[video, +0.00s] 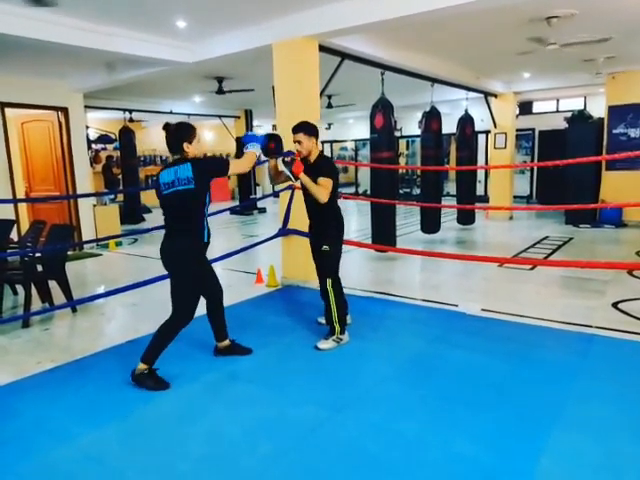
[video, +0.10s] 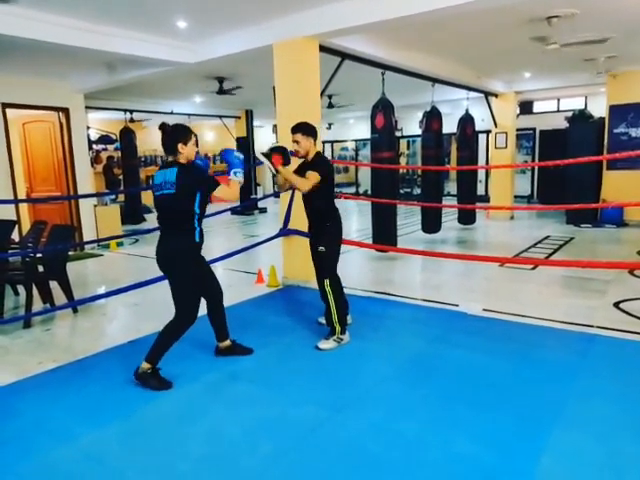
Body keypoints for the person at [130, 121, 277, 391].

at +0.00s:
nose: (199, 146)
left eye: (196, 141)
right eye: (196, 142)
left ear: (172, 146)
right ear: (187, 145)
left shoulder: (161, 176)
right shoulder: (202, 166)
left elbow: (163, 205)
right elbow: (245, 164)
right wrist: (254, 148)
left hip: (172, 248)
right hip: (189, 250)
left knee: (213, 291)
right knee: (183, 315)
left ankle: (223, 343)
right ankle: (143, 368)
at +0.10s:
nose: (196, 149)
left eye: (195, 145)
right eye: (193, 145)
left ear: (173, 148)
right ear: (181, 147)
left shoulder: (160, 175)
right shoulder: (193, 174)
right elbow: (230, 195)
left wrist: (208, 187)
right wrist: (231, 177)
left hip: (168, 250)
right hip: (184, 252)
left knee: (214, 292)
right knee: (187, 315)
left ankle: (225, 343)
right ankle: (147, 367)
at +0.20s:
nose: (194, 149)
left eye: (194, 145)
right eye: (191, 145)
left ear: (174, 148)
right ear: (179, 147)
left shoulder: (167, 173)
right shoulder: (179, 178)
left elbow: (194, 207)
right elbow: (208, 212)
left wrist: (204, 202)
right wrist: (214, 192)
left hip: (172, 251)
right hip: (170, 254)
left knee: (208, 294)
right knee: (176, 317)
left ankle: (224, 343)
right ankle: (144, 371)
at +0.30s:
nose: (192, 146)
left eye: (191, 141)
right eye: (189, 141)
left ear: (172, 144)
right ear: (176, 143)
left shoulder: (171, 170)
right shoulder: (171, 174)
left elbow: (196, 201)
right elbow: (200, 208)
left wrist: (204, 177)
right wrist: (204, 177)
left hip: (173, 248)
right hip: (163, 250)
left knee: (204, 291)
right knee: (169, 313)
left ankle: (217, 341)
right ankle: (144, 371)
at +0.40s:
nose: (190, 144)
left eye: (189, 140)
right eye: (186, 140)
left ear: (171, 142)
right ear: (173, 142)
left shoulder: (176, 168)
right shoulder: (164, 172)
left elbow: (195, 202)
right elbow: (196, 206)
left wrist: (201, 172)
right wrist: (201, 175)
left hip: (179, 246)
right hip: (159, 249)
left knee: (204, 291)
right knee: (166, 309)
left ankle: (192, 342)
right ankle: (144, 370)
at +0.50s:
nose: (189, 146)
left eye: (189, 141)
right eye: (186, 141)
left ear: (172, 144)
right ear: (172, 144)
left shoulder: (179, 170)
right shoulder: (162, 174)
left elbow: (197, 203)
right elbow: (194, 208)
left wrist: (202, 171)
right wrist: (201, 176)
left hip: (183, 246)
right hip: (163, 249)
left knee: (202, 296)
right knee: (171, 309)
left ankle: (191, 344)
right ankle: (145, 370)